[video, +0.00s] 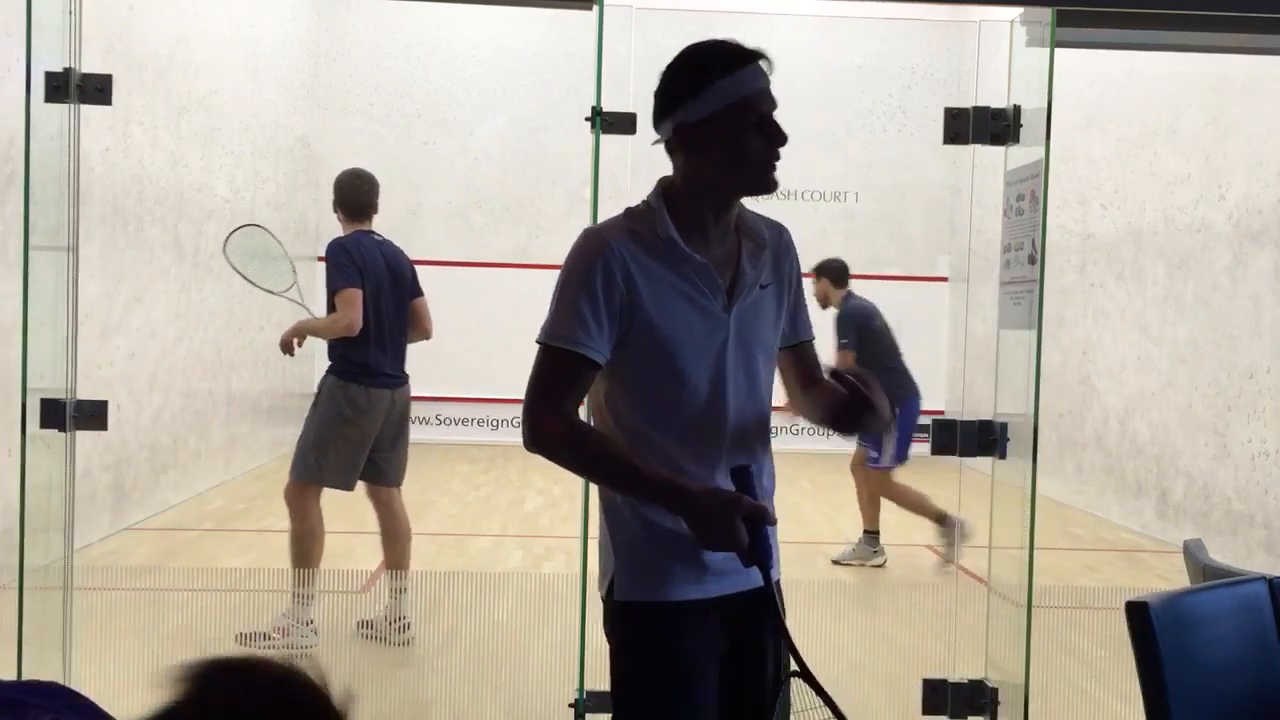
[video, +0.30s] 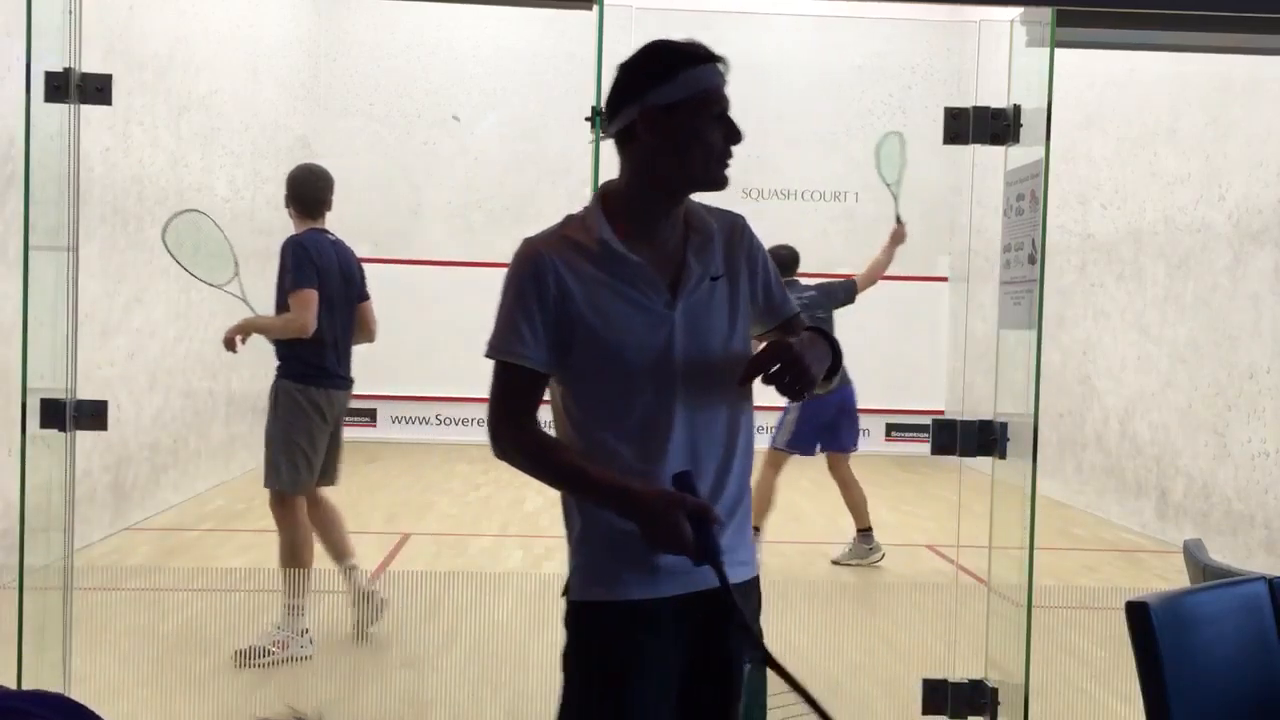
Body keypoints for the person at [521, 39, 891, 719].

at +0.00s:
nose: (781, 136)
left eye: (773, 118)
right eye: (759, 120)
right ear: (691, 136)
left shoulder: (771, 246)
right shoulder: (609, 253)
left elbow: (809, 389)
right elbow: (545, 423)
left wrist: (849, 405)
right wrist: (688, 501)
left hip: (753, 568)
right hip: (658, 578)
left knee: (756, 712)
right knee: (668, 716)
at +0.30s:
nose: (735, 135)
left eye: (728, 116)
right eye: (717, 116)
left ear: (656, 128)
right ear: (651, 126)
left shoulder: (729, 238)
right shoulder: (552, 262)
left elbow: (801, 337)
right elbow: (509, 429)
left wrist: (812, 346)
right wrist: (637, 501)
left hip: (728, 577)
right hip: (621, 586)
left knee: (720, 712)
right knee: (615, 718)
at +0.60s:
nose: (641, 132)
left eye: (636, 112)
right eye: (621, 113)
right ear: (554, 123)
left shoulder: (654, 240)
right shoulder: (460, 259)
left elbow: (714, 370)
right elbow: (414, 420)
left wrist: (723, 392)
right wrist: (494, 510)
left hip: (645, 575)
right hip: (519, 585)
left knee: (682, 712)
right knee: (500, 717)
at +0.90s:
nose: (572, 144)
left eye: (571, 124)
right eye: (550, 125)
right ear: (480, 125)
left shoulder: (591, 237)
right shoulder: (390, 259)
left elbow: (636, 379)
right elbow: (342, 414)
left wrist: (611, 409)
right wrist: (353, 554)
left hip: (575, 575)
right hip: (444, 577)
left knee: (604, 711)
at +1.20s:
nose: (555, 134)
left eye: (554, 113)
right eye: (529, 113)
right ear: (455, 115)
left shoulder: (577, 227)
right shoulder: (374, 254)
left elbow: (627, 356)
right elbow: (335, 414)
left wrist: (585, 396)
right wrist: (297, 577)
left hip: (564, 576)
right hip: (435, 582)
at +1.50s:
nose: (583, 136)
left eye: (584, 118)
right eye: (561, 116)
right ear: (487, 115)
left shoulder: (595, 226)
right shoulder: (393, 255)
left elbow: (625, 354)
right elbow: (357, 425)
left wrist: (621, 396)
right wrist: (331, 584)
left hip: (590, 569)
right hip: (461, 581)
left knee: (634, 714)